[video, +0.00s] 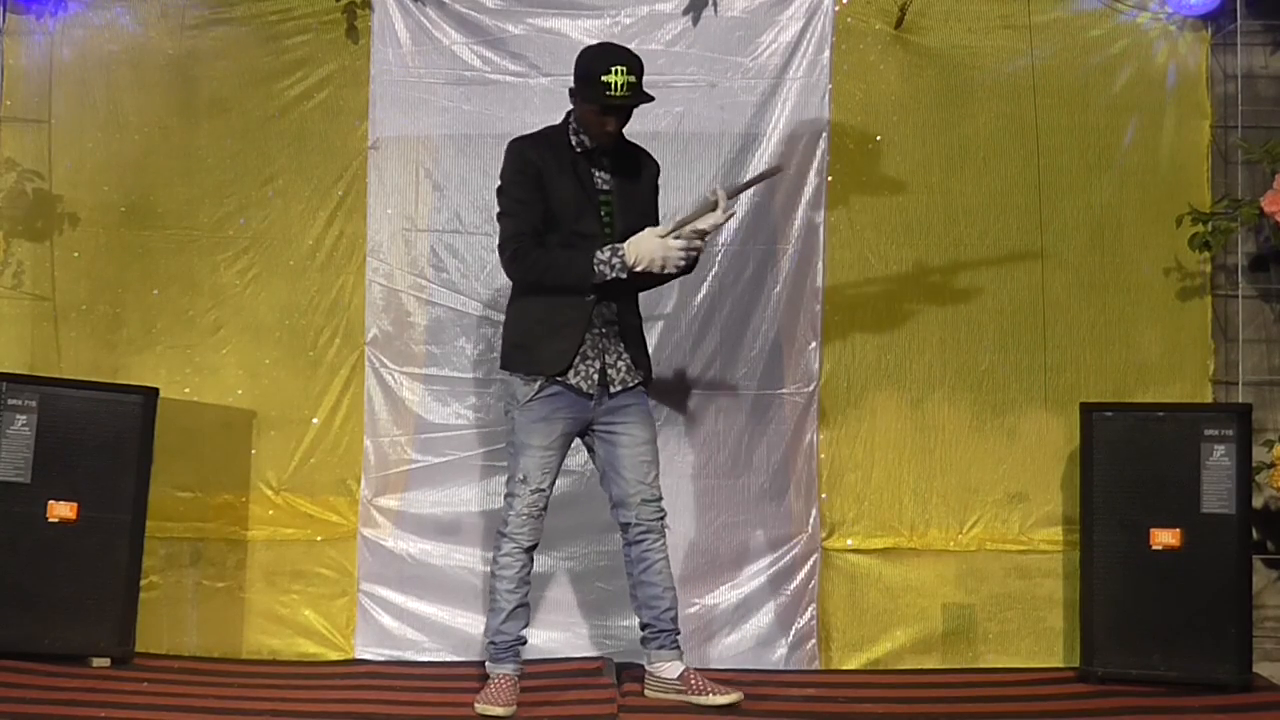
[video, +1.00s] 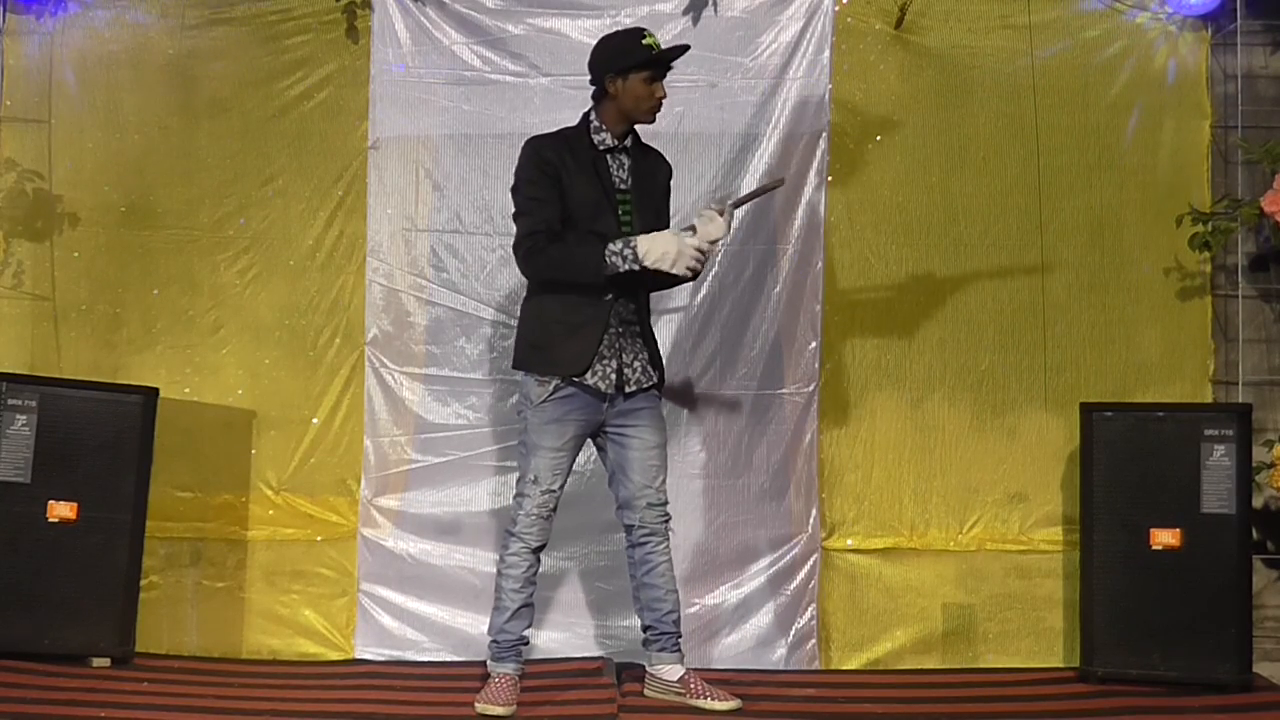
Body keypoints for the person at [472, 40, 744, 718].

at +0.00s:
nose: (616, 121)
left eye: (626, 110)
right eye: (606, 109)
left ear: (635, 104)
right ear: (577, 97)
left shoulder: (640, 167)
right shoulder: (529, 157)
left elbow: (630, 274)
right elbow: (521, 263)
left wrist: (680, 251)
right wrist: (619, 256)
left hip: (622, 375)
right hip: (547, 375)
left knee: (643, 515)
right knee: (523, 522)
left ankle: (666, 668)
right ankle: (502, 671)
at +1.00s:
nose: (664, 90)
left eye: (663, 79)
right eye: (652, 79)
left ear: (638, 86)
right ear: (612, 84)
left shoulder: (652, 168)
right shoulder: (547, 154)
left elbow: (645, 276)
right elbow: (537, 260)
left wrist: (695, 251)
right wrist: (635, 251)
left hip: (635, 368)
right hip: (560, 369)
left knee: (649, 517)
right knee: (531, 519)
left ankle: (666, 669)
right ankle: (505, 667)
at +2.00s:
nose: (660, 104)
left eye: (664, 91)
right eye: (649, 91)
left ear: (659, 92)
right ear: (613, 90)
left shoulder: (662, 173)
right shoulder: (560, 153)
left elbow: (656, 278)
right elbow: (558, 254)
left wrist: (713, 253)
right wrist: (656, 247)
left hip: (647, 372)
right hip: (573, 370)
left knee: (656, 517)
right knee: (542, 518)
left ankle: (666, 667)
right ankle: (505, 666)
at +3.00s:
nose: (651, 124)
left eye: (662, 115)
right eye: (645, 109)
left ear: (667, 115)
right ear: (615, 95)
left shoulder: (656, 172)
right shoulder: (553, 154)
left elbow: (641, 277)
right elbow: (545, 258)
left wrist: (693, 257)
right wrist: (647, 254)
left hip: (635, 375)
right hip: (561, 374)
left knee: (650, 519)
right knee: (532, 521)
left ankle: (666, 671)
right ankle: (503, 671)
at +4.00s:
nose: (646, 121)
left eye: (656, 113)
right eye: (640, 105)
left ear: (658, 115)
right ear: (610, 91)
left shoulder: (651, 170)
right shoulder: (544, 156)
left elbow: (644, 275)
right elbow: (540, 260)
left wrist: (692, 255)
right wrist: (638, 253)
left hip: (636, 376)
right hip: (561, 376)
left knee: (653, 519)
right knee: (532, 525)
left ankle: (666, 671)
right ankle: (503, 672)